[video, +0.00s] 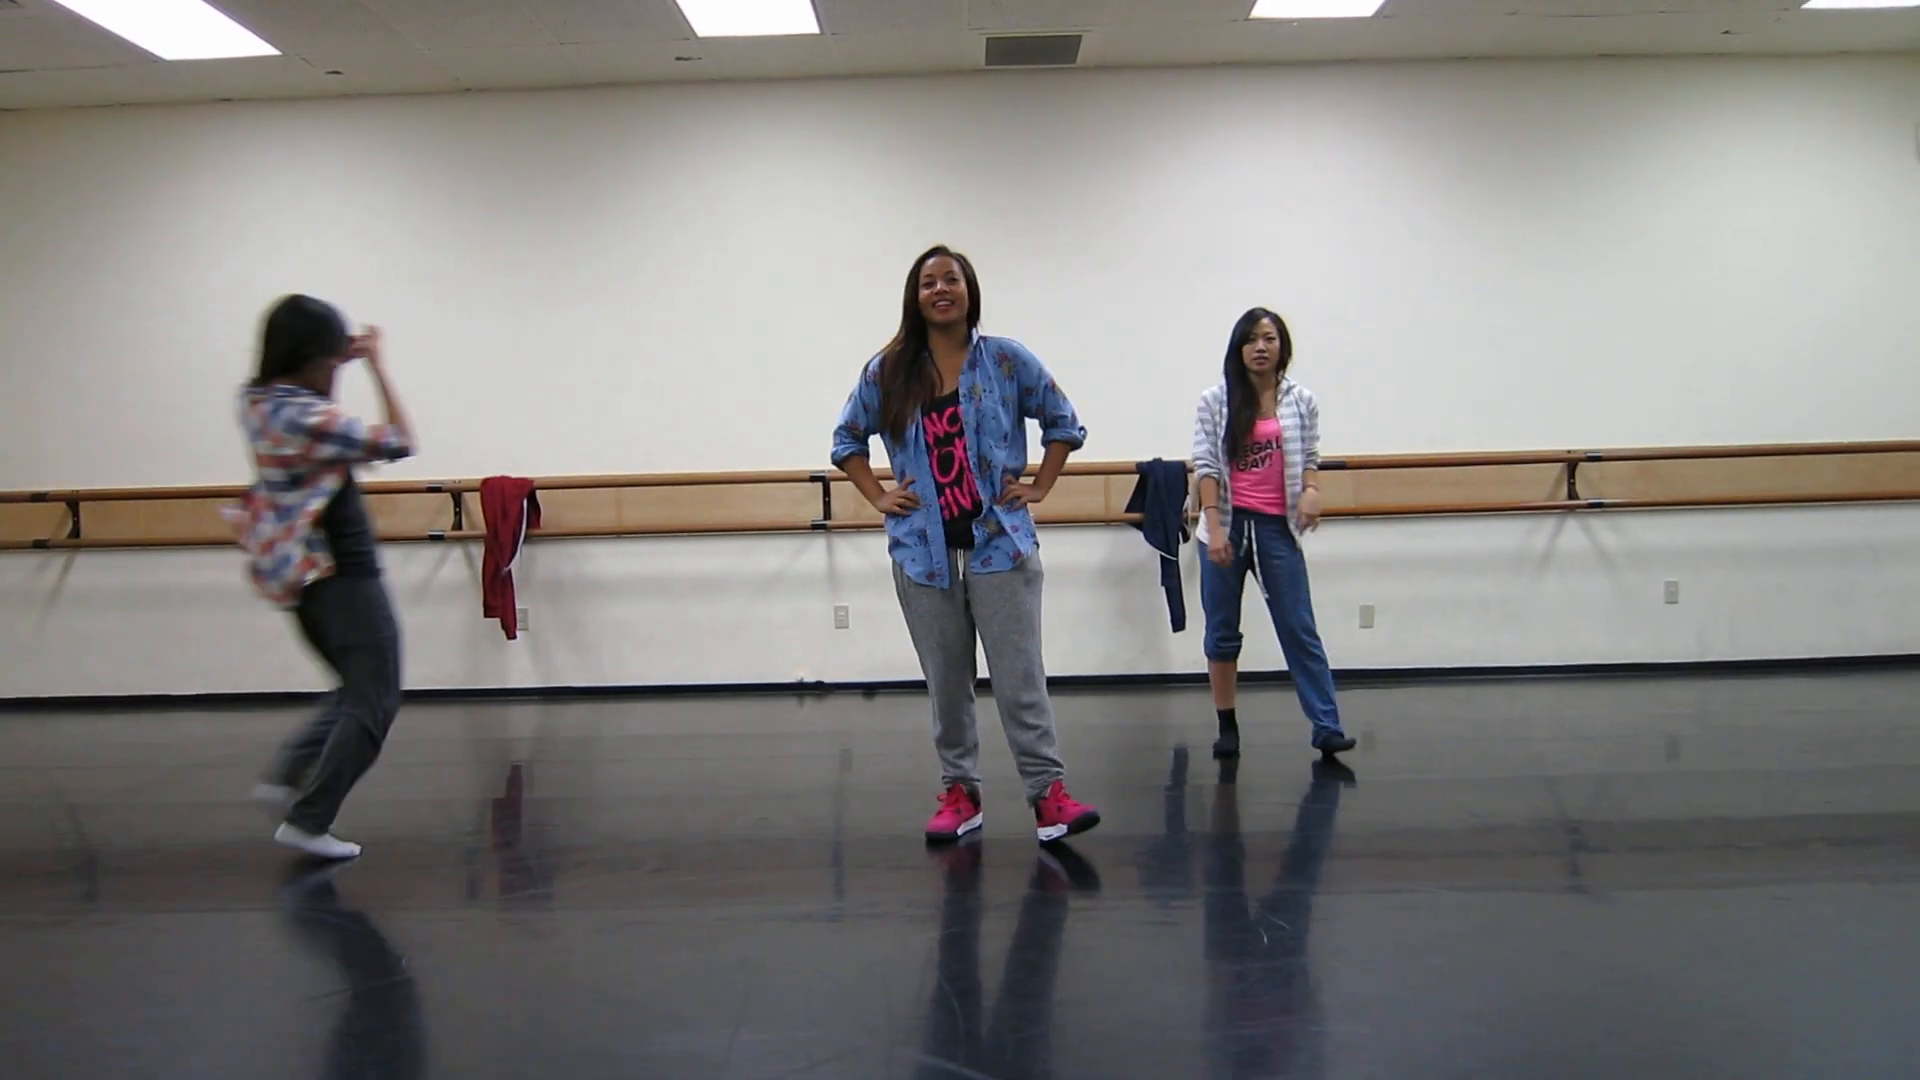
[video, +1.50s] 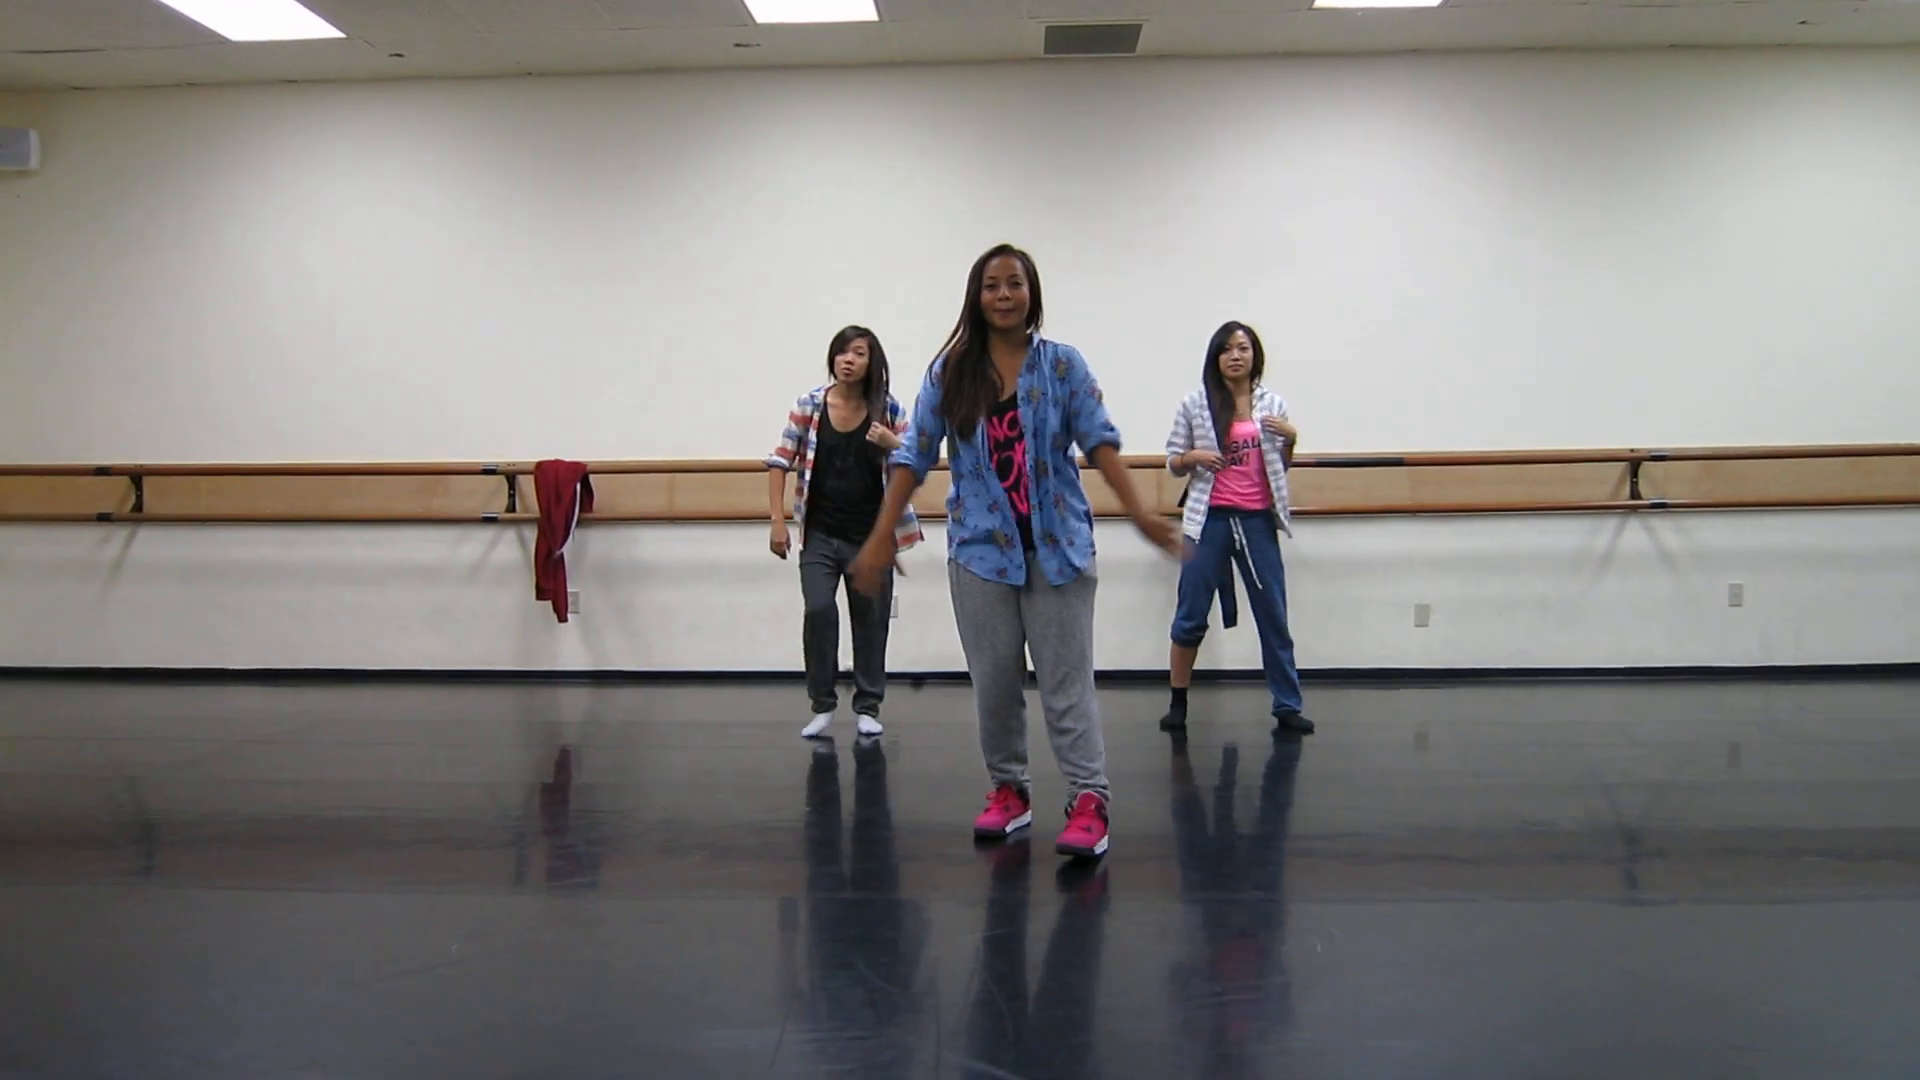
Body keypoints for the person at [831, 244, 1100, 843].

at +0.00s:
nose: (941, 288)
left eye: (951, 279)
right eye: (930, 281)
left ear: (971, 291)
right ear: (914, 297)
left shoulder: (1006, 358)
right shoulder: (887, 371)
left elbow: (1063, 421)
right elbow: (844, 442)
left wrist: (1040, 485)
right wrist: (877, 494)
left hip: (1001, 540)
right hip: (923, 549)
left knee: (1020, 673)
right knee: (946, 680)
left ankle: (1048, 793)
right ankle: (959, 793)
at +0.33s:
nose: (941, 286)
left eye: (951, 276)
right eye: (929, 278)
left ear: (971, 287)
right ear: (914, 294)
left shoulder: (1004, 365)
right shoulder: (888, 369)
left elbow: (1038, 450)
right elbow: (865, 453)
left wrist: (1043, 517)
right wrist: (857, 526)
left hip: (991, 553)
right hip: (913, 554)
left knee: (1012, 675)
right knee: (932, 682)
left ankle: (1043, 793)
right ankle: (951, 791)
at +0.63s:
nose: (950, 290)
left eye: (961, 280)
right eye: (938, 282)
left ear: (978, 291)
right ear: (921, 295)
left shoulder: (1007, 367)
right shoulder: (890, 368)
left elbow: (1031, 458)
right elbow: (866, 455)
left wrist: (1041, 534)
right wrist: (861, 530)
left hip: (987, 550)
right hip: (909, 552)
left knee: (988, 677)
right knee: (928, 680)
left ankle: (1019, 803)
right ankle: (943, 793)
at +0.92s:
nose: (977, 290)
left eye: (988, 280)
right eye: (965, 281)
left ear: (1007, 290)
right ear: (950, 293)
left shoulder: (1033, 365)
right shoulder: (921, 362)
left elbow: (1043, 459)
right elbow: (910, 453)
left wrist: (975, 498)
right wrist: (959, 521)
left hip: (1012, 549)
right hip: (935, 548)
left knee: (1015, 678)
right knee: (948, 677)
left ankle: (1040, 802)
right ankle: (961, 792)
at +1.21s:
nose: (994, 293)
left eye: (1004, 283)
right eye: (982, 284)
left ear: (1022, 293)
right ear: (964, 296)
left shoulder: (1046, 361)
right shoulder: (937, 364)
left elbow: (1037, 433)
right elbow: (939, 446)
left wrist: (956, 454)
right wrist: (1011, 479)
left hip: (1037, 542)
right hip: (961, 546)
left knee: (1063, 674)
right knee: (973, 679)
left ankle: (1087, 803)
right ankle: (985, 794)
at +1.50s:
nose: (1003, 294)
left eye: (1015, 283)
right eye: (991, 285)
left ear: (1033, 293)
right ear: (975, 296)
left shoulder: (1062, 364)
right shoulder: (948, 371)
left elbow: (1101, 445)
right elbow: (912, 460)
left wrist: (1143, 516)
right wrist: (878, 540)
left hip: (1058, 546)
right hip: (979, 550)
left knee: (1066, 678)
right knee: (994, 678)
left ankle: (1087, 798)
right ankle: (1008, 791)